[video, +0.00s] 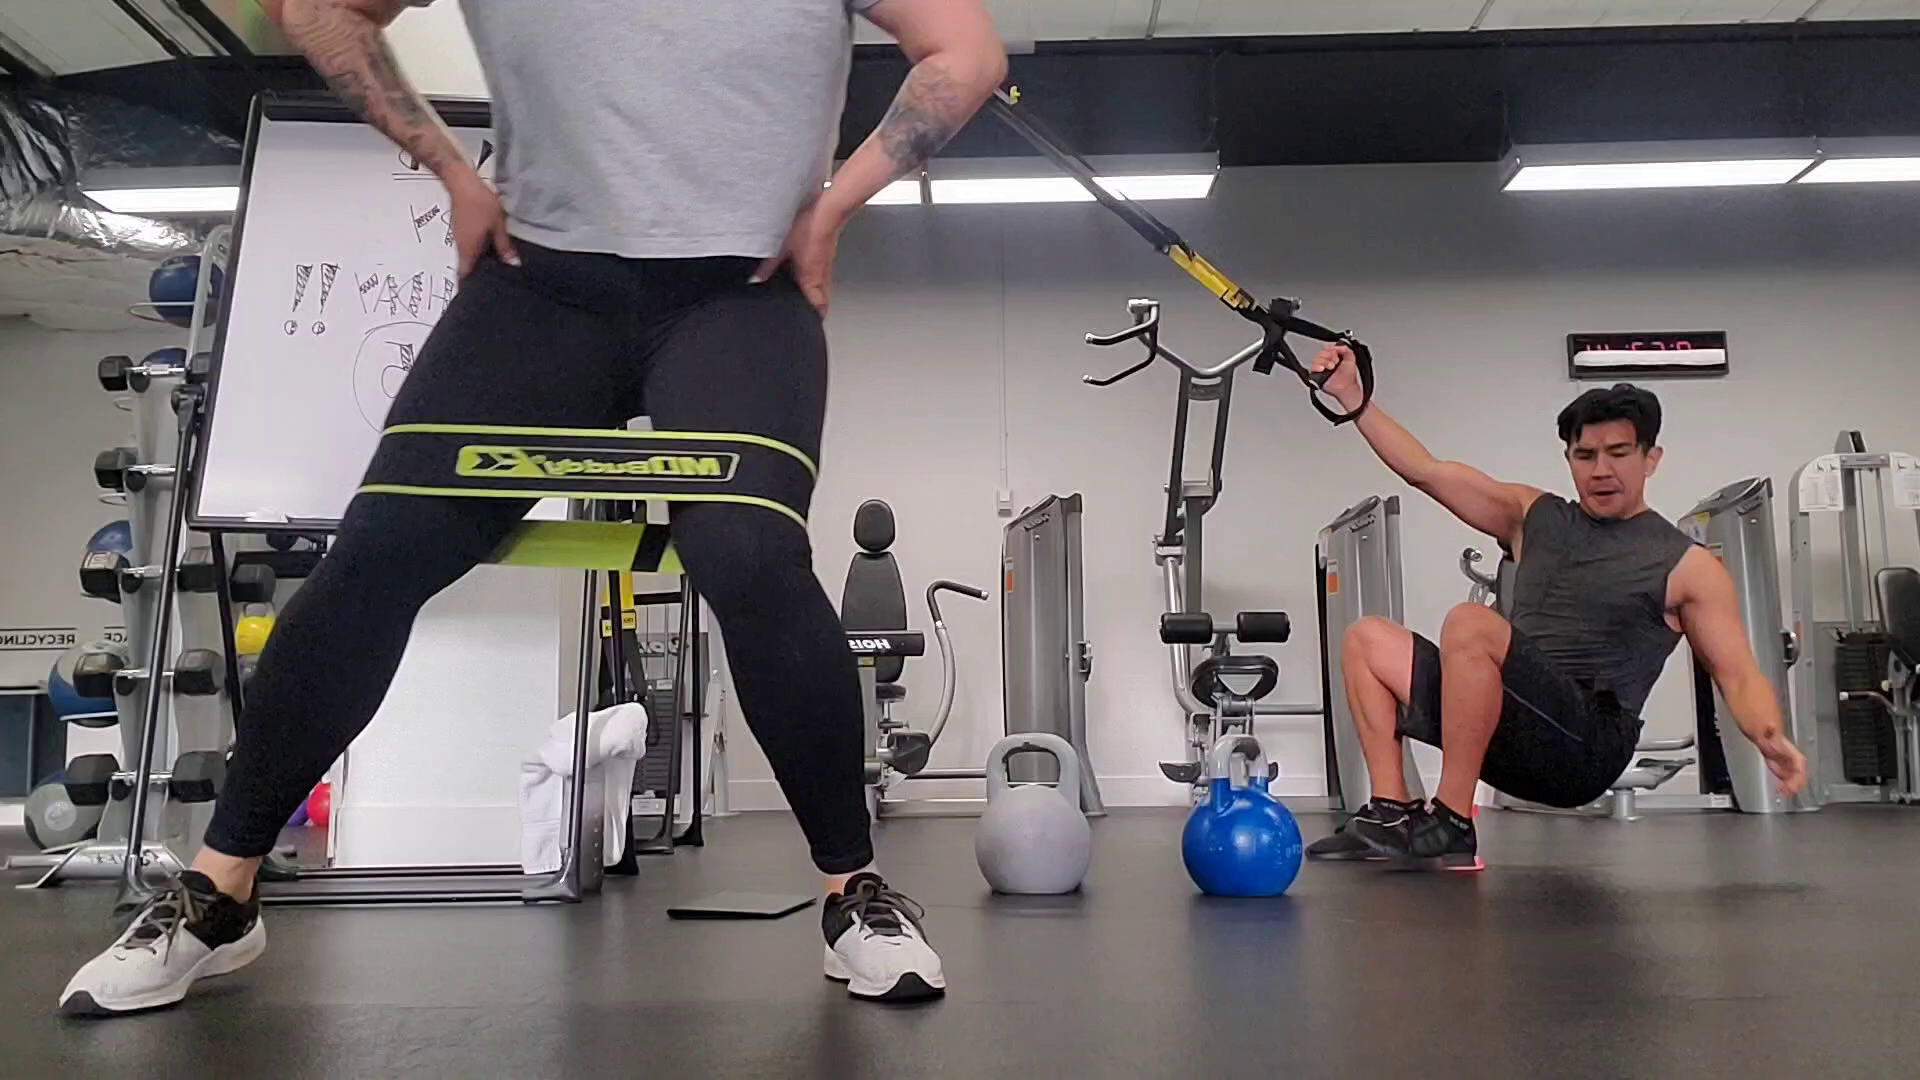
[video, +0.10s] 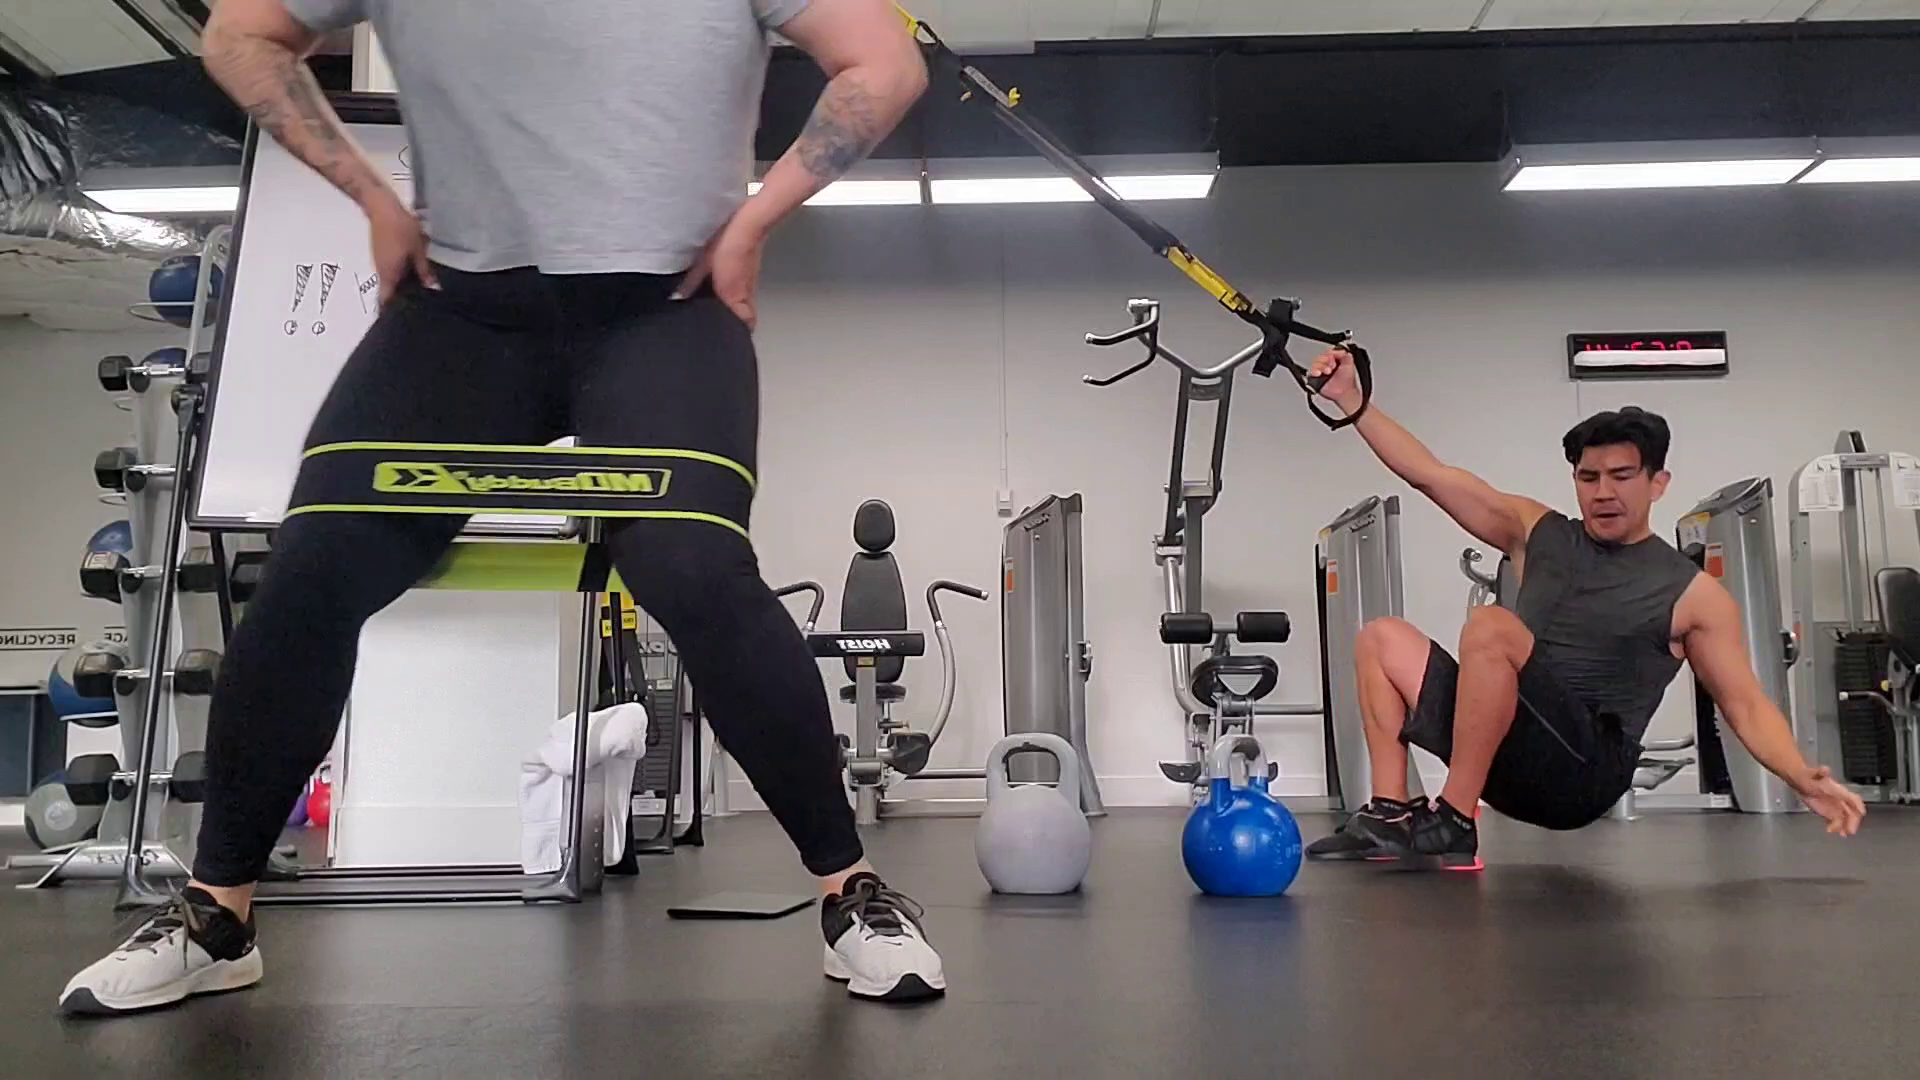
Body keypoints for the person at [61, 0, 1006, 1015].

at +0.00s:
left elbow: (972, 57)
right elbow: (316, 15)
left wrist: (838, 200)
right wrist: (448, 165)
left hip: (739, 288)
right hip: (538, 278)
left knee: (749, 553)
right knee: (376, 548)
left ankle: (855, 895)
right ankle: (217, 893)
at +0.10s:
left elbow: (888, 66)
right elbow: (238, 40)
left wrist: (760, 209)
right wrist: (370, 191)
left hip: (667, 311)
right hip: (460, 306)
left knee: (693, 569)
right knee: (309, 577)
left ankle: (850, 895)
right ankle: (216, 917)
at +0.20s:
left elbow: (795, 52)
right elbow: (145, 35)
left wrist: (672, 197)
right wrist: (275, 182)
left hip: (588, 292)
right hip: (379, 292)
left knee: (644, 563)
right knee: (243, 560)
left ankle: (839, 882)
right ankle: (213, 911)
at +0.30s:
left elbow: (725, 27)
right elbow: (78, 18)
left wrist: (607, 173)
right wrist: (219, 165)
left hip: (528, 247)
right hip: (312, 255)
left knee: (585, 528)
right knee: (215, 553)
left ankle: (732, 859)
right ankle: (211, 910)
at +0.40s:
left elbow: (684, 9)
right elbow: (31, 11)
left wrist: (561, 158)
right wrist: (174, 146)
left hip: (482, 229)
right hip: (269, 237)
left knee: (492, 505)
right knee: (196, 541)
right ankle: (211, 906)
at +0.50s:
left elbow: (650, 12)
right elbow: (16, 18)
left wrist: (529, 165)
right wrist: (140, 139)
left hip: (444, 244)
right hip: (236, 244)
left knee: (404, 509)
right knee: (164, 541)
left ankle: (422, 857)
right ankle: (205, 903)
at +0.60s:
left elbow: (625, 47)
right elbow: (8, 43)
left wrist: (501, 200)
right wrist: (116, 165)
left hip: (419, 279)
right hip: (212, 279)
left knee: (358, 541)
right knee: (126, 545)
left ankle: (364, 895)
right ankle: (202, 906)